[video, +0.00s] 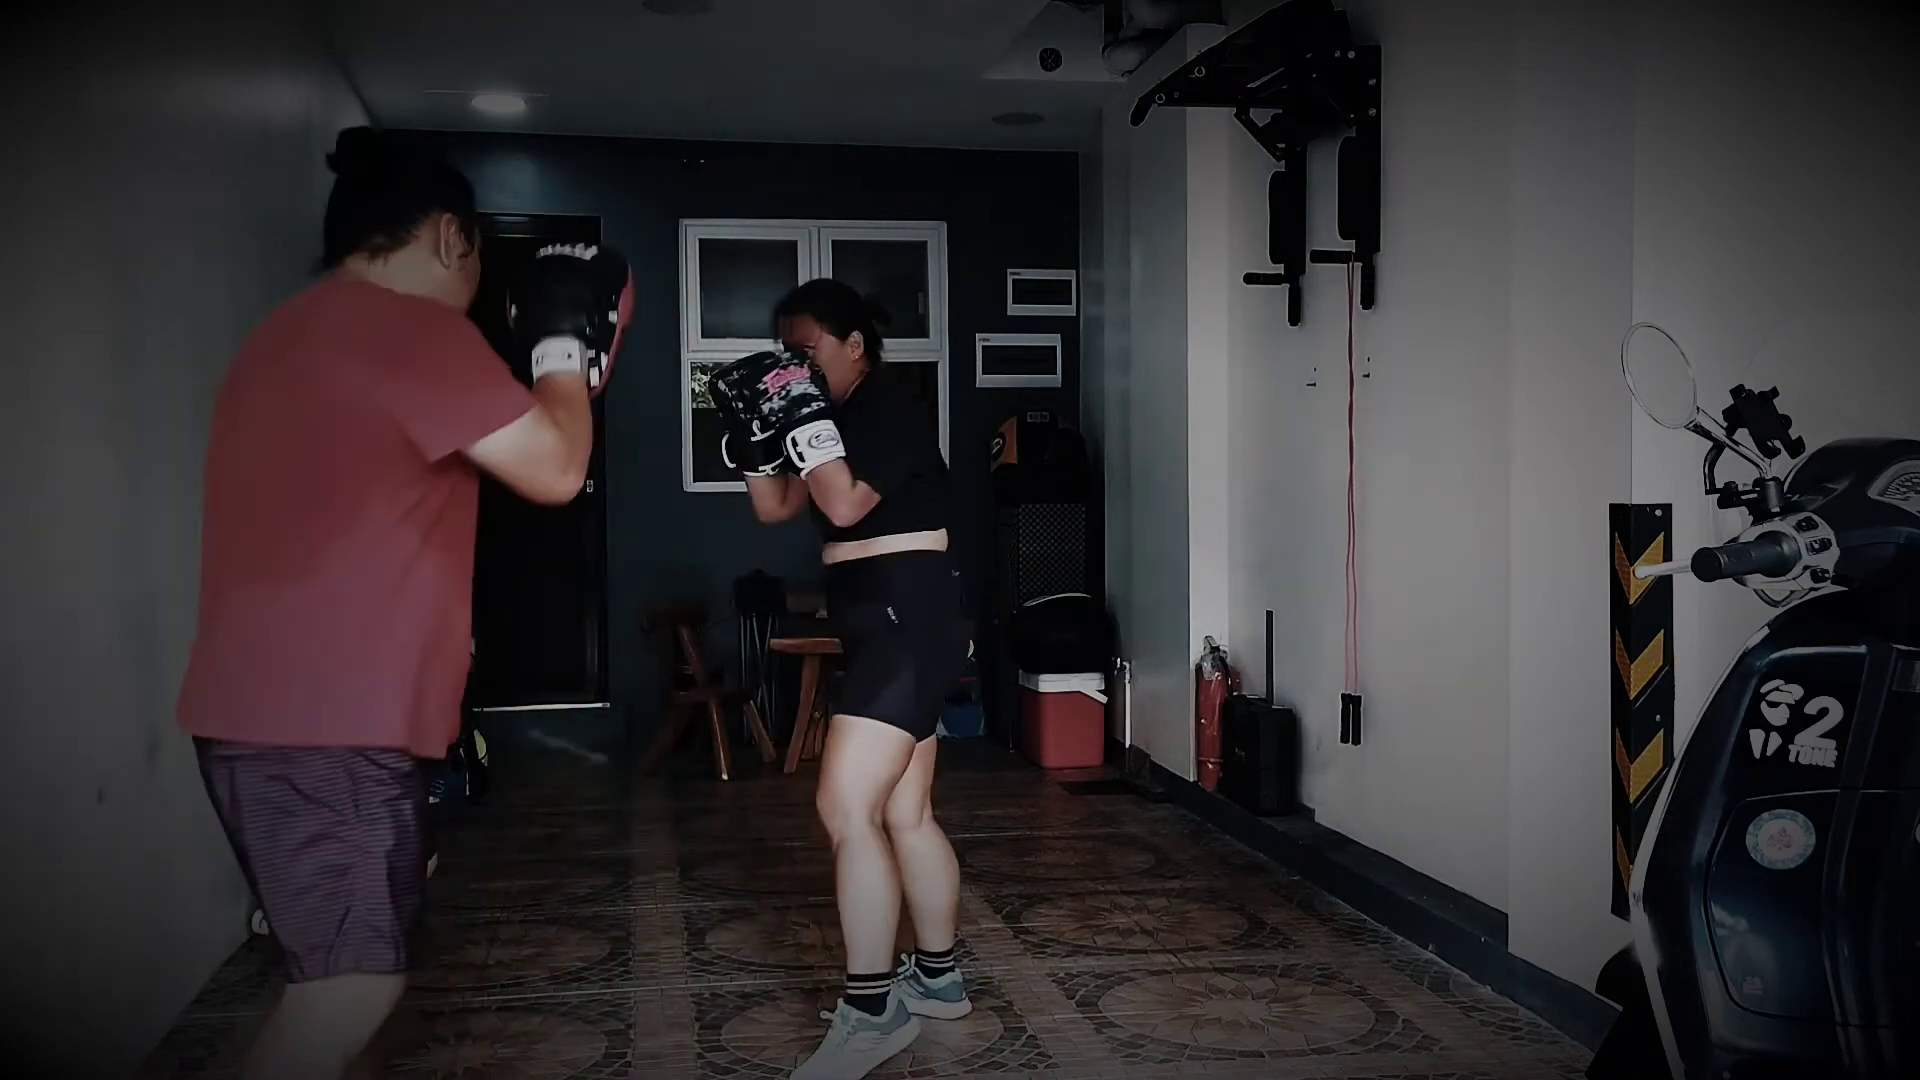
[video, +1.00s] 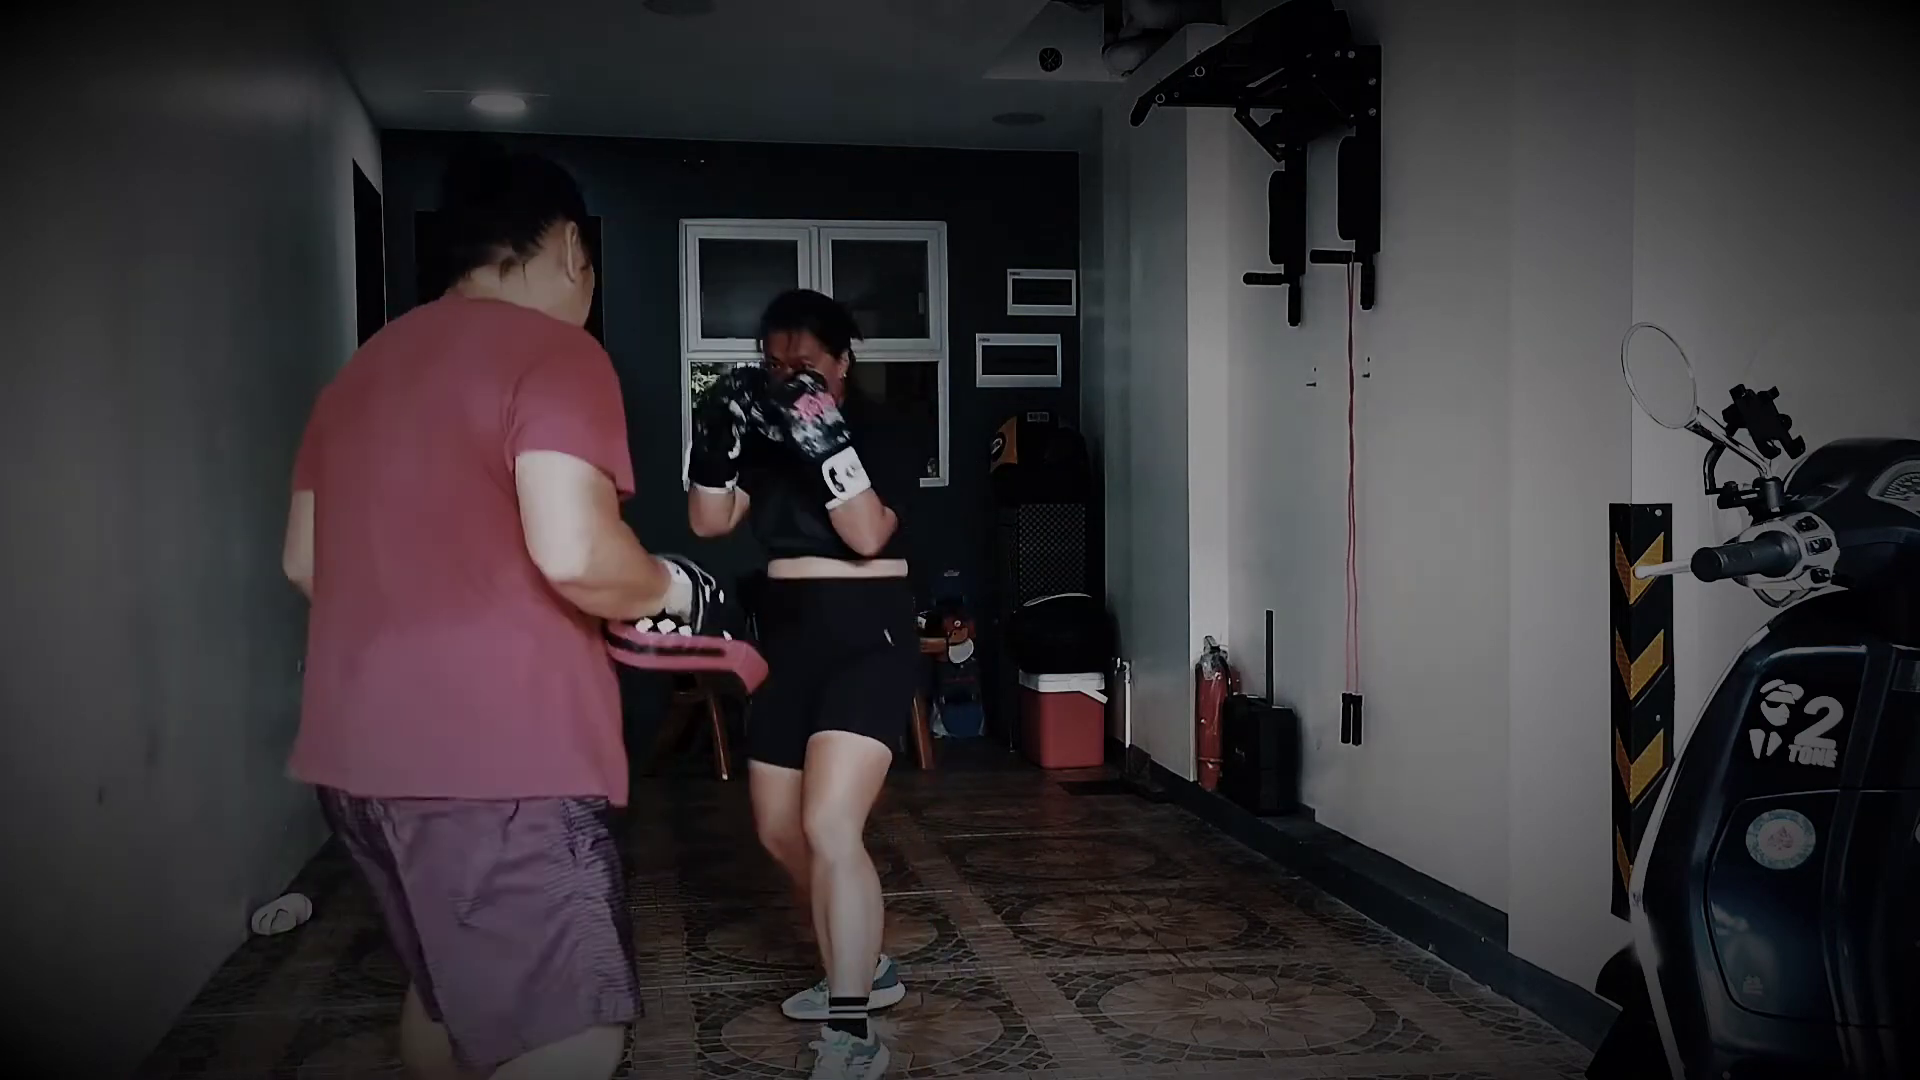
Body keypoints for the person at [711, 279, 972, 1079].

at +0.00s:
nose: (800, 366)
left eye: (809, 349)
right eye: (794, 355)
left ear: (853, 340)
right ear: (822, 355)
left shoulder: (897, 397)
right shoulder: (835, 412)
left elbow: (845, 504)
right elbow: (772, 507)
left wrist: (802, 416)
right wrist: (755, 432)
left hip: (909, 620)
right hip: (884, 622)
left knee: (845, 807)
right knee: (909, 815)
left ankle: (868, 1009)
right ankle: (940, 976)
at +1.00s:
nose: (793, 379)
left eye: (808, 365)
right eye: (780, 366)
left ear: (845, 361)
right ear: (765, 365)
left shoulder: (881, 428)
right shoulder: (761, 429)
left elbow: (868, 534)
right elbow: (708, 523)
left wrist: (827, 439)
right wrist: (716, 436)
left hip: (870, 632)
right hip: (784, 631)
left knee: (831, 824)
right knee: (779, 830)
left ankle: (851, 1033)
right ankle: (867, 964)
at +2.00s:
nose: (762, 383)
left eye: (778, 365)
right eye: (754, 368)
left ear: (824, 367)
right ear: (746, 376)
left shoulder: (867, 447)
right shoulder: (746, 454)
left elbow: (921, 571)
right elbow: (700, 555)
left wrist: (868, 514)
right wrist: (689, 491)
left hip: (872, 657)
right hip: (791, 663)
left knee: (764, 826)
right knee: (796, 846)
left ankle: (834, 1020)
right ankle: (873, 991)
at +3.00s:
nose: (809, 383)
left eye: (830, 367)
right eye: (804, 365)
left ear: (883, 378)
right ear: (798, 368)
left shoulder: (927, 472)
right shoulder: (785, 440)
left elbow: (910, 598)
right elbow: (671, 479)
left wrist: (849, 513)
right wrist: (659, 405)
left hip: (890, 696)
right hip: (805, 689)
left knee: (809, 895)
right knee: (778, 876)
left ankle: (844, 1071)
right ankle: (905, 989)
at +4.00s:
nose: (998, 312)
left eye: (1010, 300)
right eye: (1005, 297)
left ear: (1044, 318)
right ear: (1090, 318)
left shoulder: (995, 399)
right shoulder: (1129, 404)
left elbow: (916, 510)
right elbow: (1088, 501)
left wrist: (915, 451)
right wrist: (964, 441)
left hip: (1030, 655)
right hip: (1128, 649)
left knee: (980, 868)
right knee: (1129, 852)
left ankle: (1013, 1063)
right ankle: (1194, 1039)